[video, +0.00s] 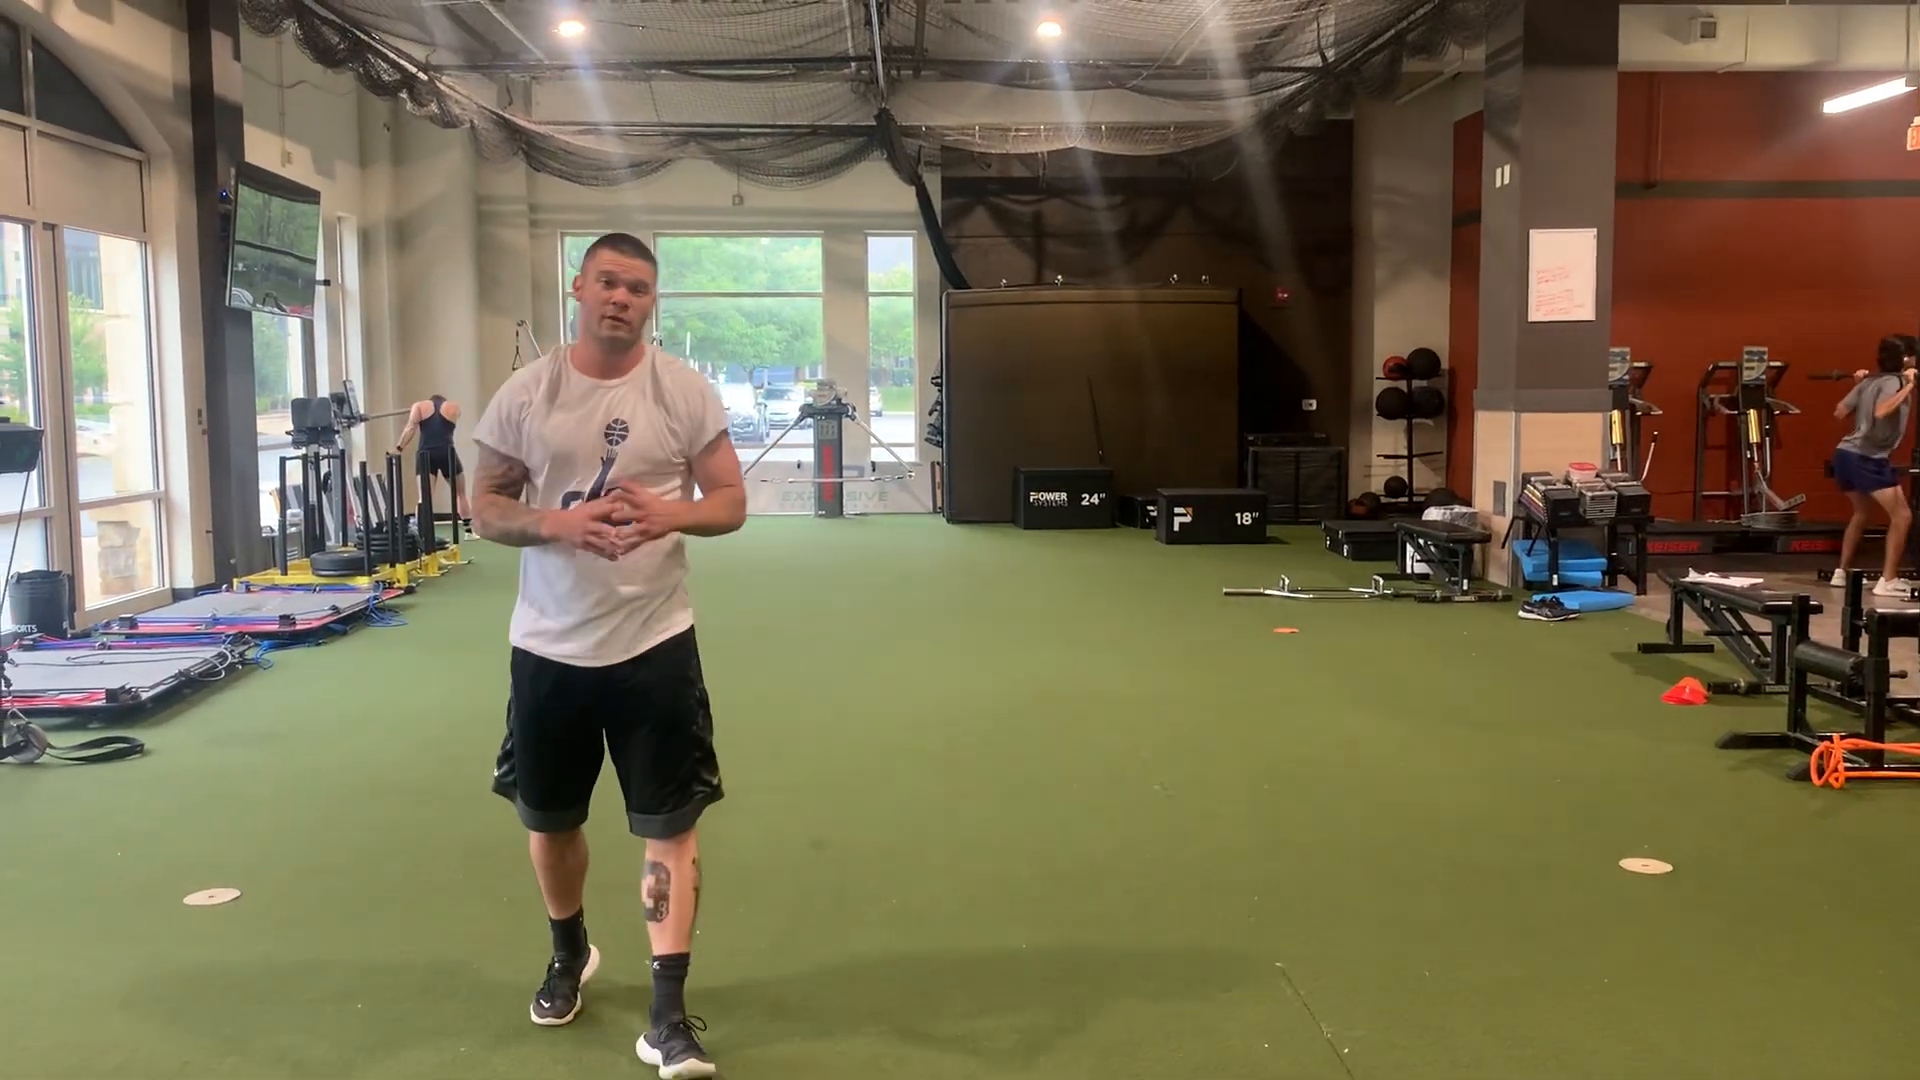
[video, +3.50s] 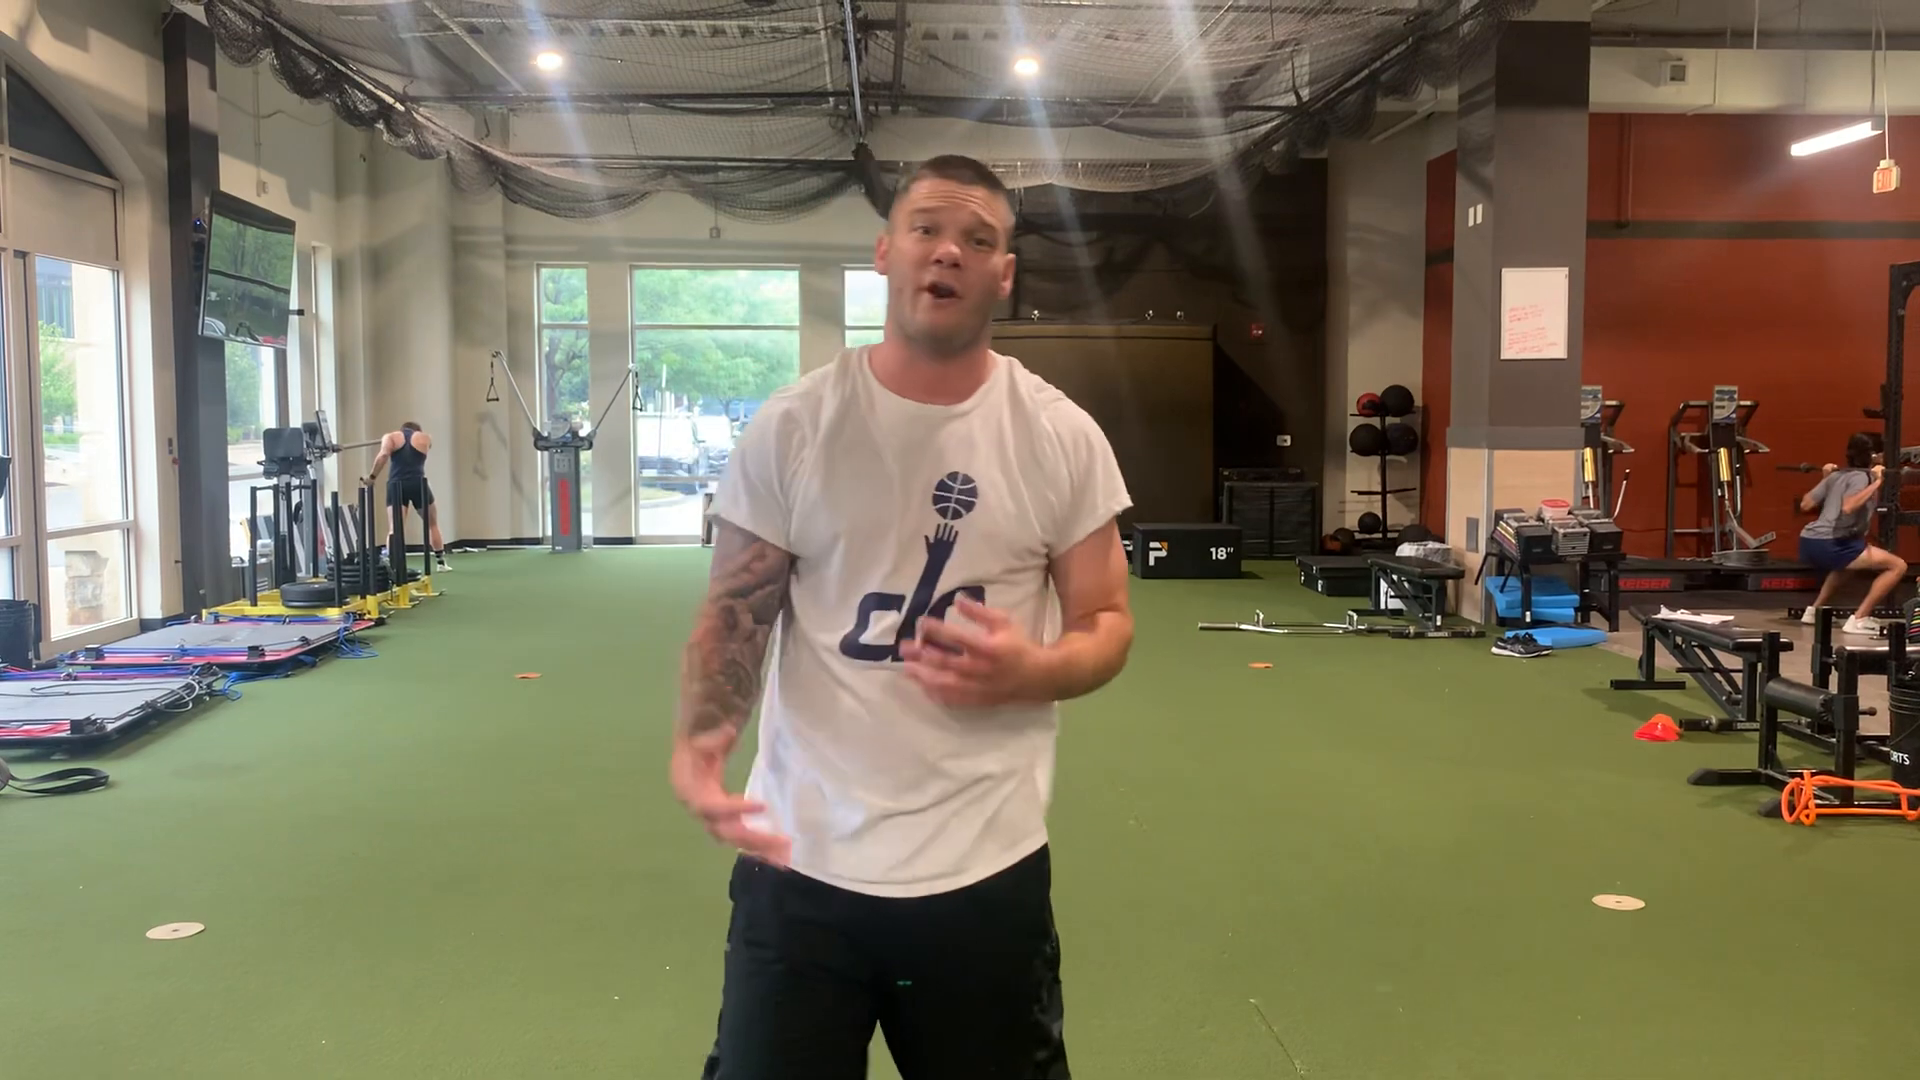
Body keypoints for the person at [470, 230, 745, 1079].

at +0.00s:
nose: (621, 297)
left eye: (637, 287)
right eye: (608, 282)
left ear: (655, 303)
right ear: (577, 290)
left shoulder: (685, 392)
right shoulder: (524, 394)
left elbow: (732, 504)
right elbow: (481, 507)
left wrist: (672, 513)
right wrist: (553, 523)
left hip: (654, 640)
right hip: (550, 645)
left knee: (669, 825)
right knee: (550, 819)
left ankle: (668, 1017)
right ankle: (568, 949)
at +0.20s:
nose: (658, 293)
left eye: (675, 284)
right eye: (645, 277)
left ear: (692, 304)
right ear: (614, 284)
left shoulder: (717, 398)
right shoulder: (552, 389)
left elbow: (786, 508)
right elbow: (476, 497)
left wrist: (808, 498)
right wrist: (449, 466)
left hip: (669, 652)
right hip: (559, 652)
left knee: (678, 841)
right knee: (542, 836)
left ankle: (669, 1021)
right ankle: (563, 938)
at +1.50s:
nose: (603, 286)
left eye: (622, 270)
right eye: (583, 267)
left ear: (647, 287)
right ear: (549, 283)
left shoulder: (706, 400)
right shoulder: (502, 422)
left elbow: (767, 519)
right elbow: (437, 548)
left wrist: (818, 520)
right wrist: (438, 592)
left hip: (696, 723)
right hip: (561, 738)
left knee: (736, 948)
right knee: (568, 958)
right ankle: (586, 1079)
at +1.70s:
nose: (647, 278)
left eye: (669, 265)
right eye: (628, 259)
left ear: (692, 289)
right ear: (595, 277)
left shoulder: (746, 406)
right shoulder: (534, 418)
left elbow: (800, 530)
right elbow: (496, 566)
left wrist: (815, 560)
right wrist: (562, 606)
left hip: (716, 738)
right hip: (579, 747)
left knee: (747, 977)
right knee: (575, 975)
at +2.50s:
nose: (774, 272)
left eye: (795, 258)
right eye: (750, 253)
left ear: (818, 285)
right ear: (705, 277)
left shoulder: (867, 422)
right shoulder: (640, 433)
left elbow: (923, 571)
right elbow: (589, 607)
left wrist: (884, 610)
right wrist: (590, 744)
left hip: (830, 807)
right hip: (683, 816)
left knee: (805, 1051)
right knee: (678, 1061)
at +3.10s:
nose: (817, 262)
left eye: (841, 239)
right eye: (788, 238)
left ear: (871, 259)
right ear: (741, 259)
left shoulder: (938, 410)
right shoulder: (677, 436)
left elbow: (996, 573)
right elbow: (603, 640)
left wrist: (995, 628)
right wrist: (737, 704)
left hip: (918, 864)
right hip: (741, 876)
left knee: (949, 1064)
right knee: (712, 1066)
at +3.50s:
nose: (949, 250)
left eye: (978, 237)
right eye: (927, 228)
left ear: (1006, 277)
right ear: (882, 253)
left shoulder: (1061, 439)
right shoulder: (794, 425)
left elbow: (1104, 627)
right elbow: (737, 609)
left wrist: (1036, 671)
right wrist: (701, 754)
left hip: (982, 873)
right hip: (800, 868)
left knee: (1002, 1069)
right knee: (759, 1070)